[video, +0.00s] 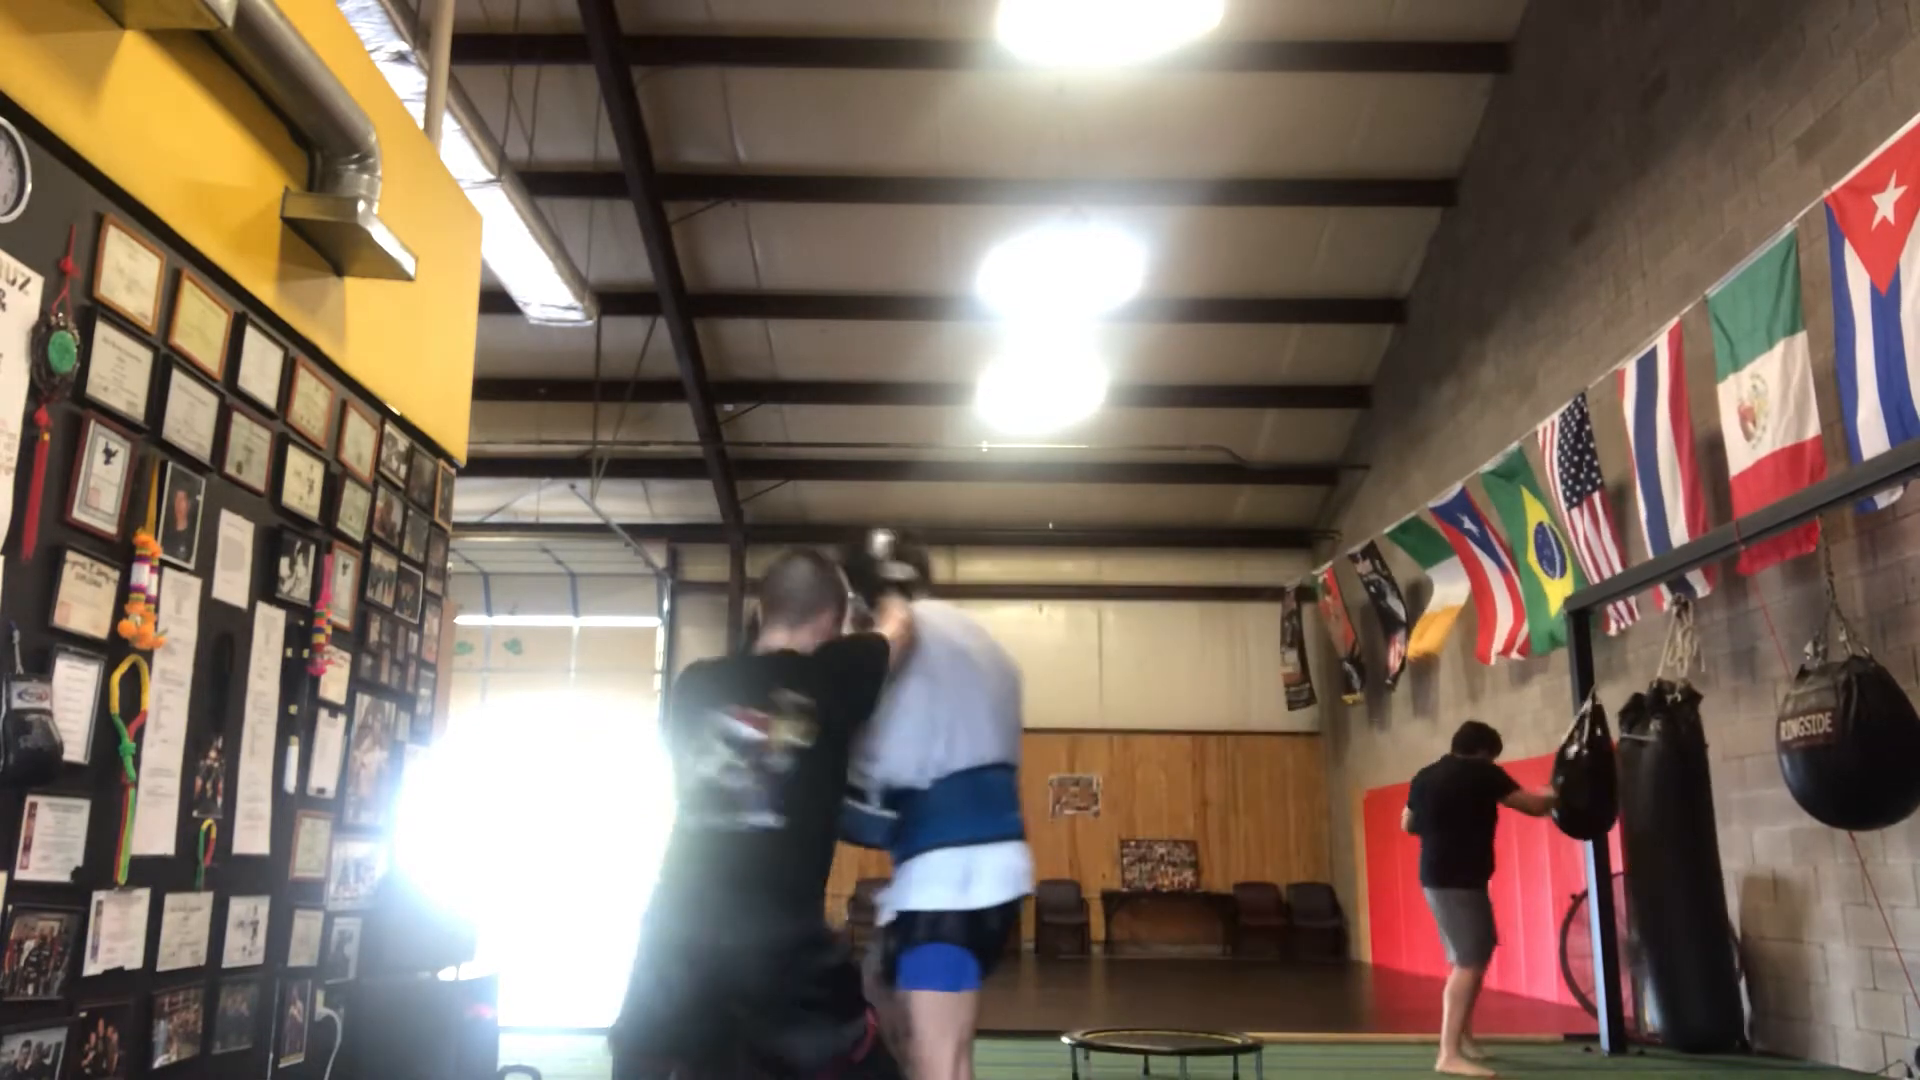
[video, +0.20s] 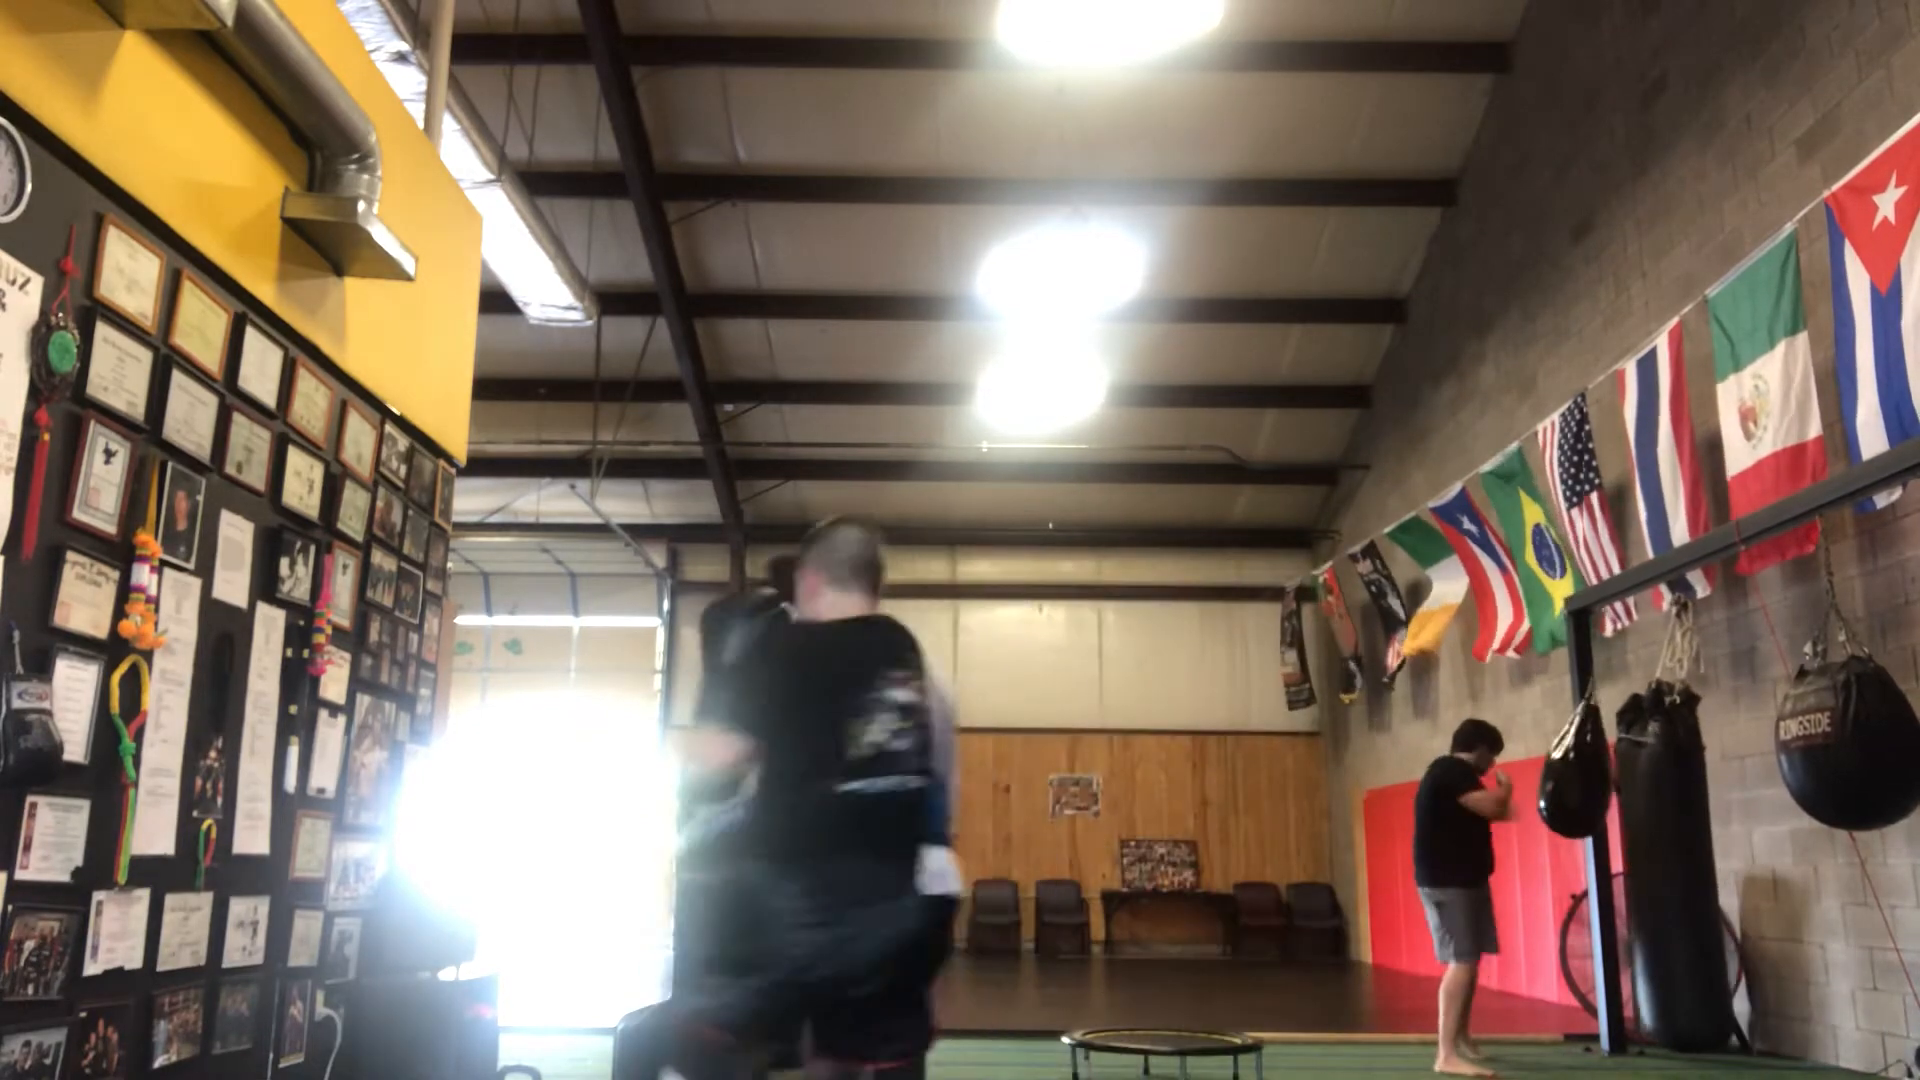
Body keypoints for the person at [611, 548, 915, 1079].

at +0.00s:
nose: (834, 630)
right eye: (837, 619)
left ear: (761, 609)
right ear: (830, 618)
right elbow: (896, 628)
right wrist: (890, 594)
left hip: (677, 951)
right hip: (782, 952)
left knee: (643, 1066)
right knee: (860, 1065)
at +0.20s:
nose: (799, 593)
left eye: (801, 581)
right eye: (802, 584)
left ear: (811, 579)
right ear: (876, 582)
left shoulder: (785, 647)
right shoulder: (902, 646)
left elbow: (719, 752)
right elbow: (925, 758)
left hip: (793, 875)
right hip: (891, 876)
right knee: (884, 1045)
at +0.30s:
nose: (827, 586)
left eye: (830, 572)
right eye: (829, 572)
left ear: (847, 570)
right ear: (906, 568)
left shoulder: (852, 637)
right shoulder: (935, 639)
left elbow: (769, 738)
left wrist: (730, 750)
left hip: (836, 900)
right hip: (930, 899)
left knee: (739, 1066)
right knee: (910, 1068)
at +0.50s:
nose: (876, 572)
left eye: (877, 556)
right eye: (875, 558)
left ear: (897, 553)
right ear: (954, 548)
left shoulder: (915, 621)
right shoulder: (991, 629)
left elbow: (819, 735)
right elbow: (932, 732)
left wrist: (785, 658)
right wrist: (868, 632)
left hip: (909, 901)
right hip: (980, 897)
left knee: (874, 1060)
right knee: (939, 1063)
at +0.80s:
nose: (932, 553)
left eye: (933, 535)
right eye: (929, 539)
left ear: (962, 520)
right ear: (1020, 519)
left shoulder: (976, 579)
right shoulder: (1058, 594)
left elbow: (838, 685)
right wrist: (931, 572)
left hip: (1004, 909)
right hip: (1065, 902)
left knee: (974, 1066)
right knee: (1037, 1068)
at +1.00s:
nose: (986, 525)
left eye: (992, 505)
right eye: (988, 509)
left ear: (1023, 502)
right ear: (1081, 504)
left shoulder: (1029, 572)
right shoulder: (1127, 589)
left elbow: (893, 679)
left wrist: (892, 576)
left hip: (1055, 905)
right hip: (1130, 897)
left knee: (1027, 1067)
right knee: (1091, 1066)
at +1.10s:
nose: (1026, 535)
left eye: (1032, 520)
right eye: (1028, 521)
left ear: (1064, 514)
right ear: (1119, 519)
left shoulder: (1076, 588)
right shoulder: (1163, 603)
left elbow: (962, 717)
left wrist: (939, 628)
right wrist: (1015, 583)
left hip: (1088, 913)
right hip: (1159, 907)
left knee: (1042, 1066)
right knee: (1120, 1067)